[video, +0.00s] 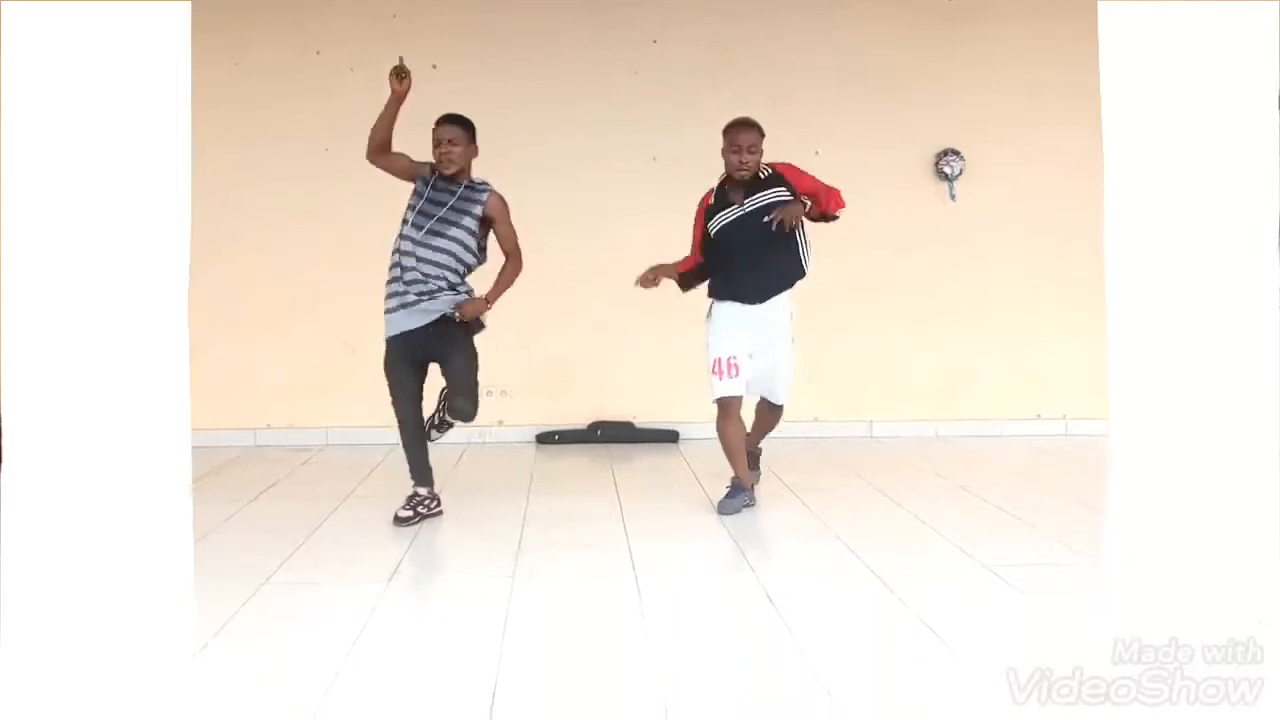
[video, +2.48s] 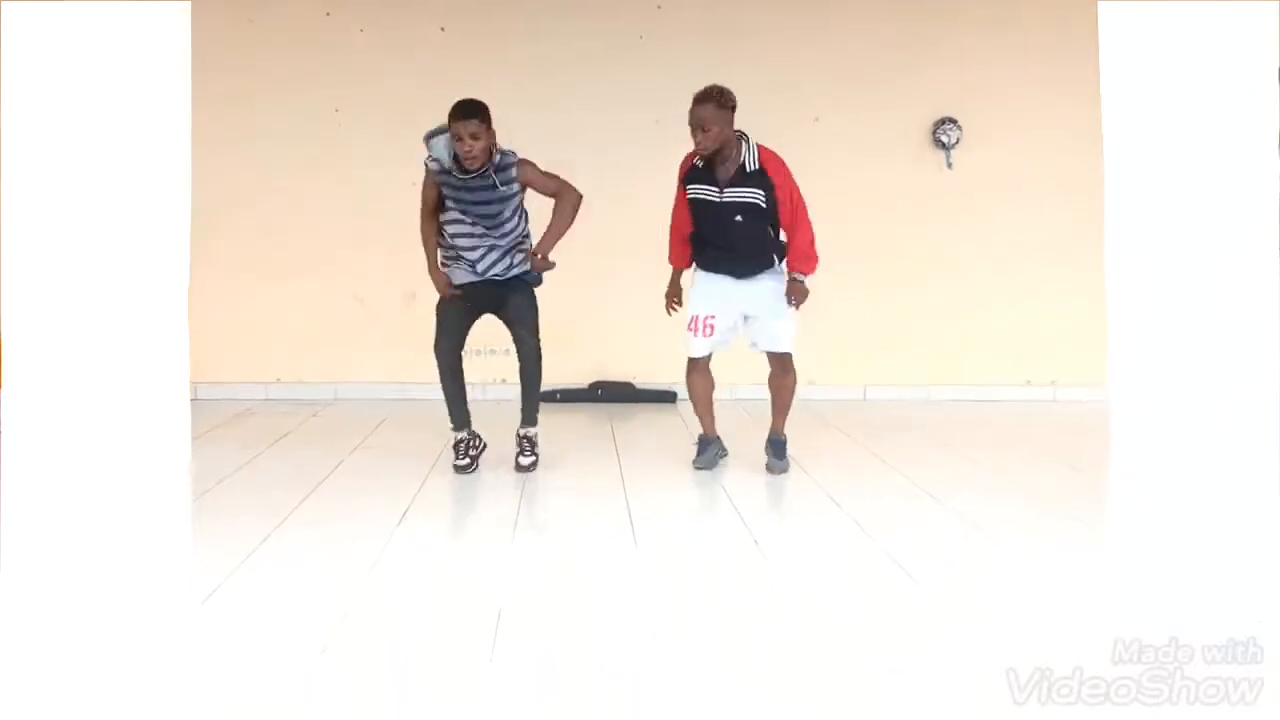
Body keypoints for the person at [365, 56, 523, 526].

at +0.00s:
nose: (443, 151)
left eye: (452, 144)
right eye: (437, 144)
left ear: (473, 149)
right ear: (432, 146)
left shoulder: (489, 201)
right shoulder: (422, 175)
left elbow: (513, 260)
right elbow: (378, 154)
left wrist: (486, 301)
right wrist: (395, 100)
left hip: (446, 310)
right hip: (401, 312)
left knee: (464, 407)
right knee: (405, 408)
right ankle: (424, 492)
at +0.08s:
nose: (462, 154)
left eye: (471, 149)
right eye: (455, 147)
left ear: (484, 159)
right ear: (445, 150)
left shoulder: (491, 211)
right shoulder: (424, 170)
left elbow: (508, 272)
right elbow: (366, 157)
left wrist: (488, 313)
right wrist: (391, 108)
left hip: (457, 315)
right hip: (410, 312)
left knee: (471, 396)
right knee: (409, 406)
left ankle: (489, 395)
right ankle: (425, 491)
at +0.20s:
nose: (471, 164)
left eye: (479, 157)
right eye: (463, 156)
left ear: (490, 164)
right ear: (449, 161)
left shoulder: (497, 217)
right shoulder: (428, 195)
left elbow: (513, 273)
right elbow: (398, 248)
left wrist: (518, 317)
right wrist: (398, 304)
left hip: (475, 326)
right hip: (423, 328)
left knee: (508, 399)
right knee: (399, 405)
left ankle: (519, 478)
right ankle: (419, 494)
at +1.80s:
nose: (481, 164)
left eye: (489, 163)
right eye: (475, 165)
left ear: (505, 182)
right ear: (469, 188)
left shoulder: (524, 212)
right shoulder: (463, 227)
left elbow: (537, 258)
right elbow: (431, 281)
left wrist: (536, 291)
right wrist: (372, 297)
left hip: (499, 311)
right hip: (449, 317)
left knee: (514, 392)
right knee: (443, 398)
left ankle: (530, 470)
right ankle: (467, 474)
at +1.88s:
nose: (456, 162)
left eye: (462, 158)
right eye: (449, 163)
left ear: (479, 173)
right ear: (446, 186)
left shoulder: (510, 196)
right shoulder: (450, 227)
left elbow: (538, 231)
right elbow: (421, 287)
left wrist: (547, 251)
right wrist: (366, 310)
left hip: (519, 297)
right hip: (468, 310)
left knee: (531, 386)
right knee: (461, 392)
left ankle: (533, 467)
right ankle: (469, 469)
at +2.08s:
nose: (431, 139)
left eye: (437, 135)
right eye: (424, 142)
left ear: (457, 145)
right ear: (427, 167)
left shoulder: (490, 157)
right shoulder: (448, 212)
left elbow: (542, 176)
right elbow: (438, 279)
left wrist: (559, 191)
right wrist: (407, 307)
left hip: (552, 275)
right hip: (507, 292)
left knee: (555, 368)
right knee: (494, 374)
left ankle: (544, 451)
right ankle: (486, 453)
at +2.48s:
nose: (467, 147)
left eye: (475, 138)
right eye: (459, 139)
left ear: (491, 135)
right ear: (450, 139)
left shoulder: (515, 169)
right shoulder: (438, 171)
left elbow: (570, 196)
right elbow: (429, 215)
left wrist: (543, 248)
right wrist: (434, 268)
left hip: (512, 281)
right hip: (462, 284)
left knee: (529, 348)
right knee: (445, 351)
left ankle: (528, 432)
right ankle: (464, 435)